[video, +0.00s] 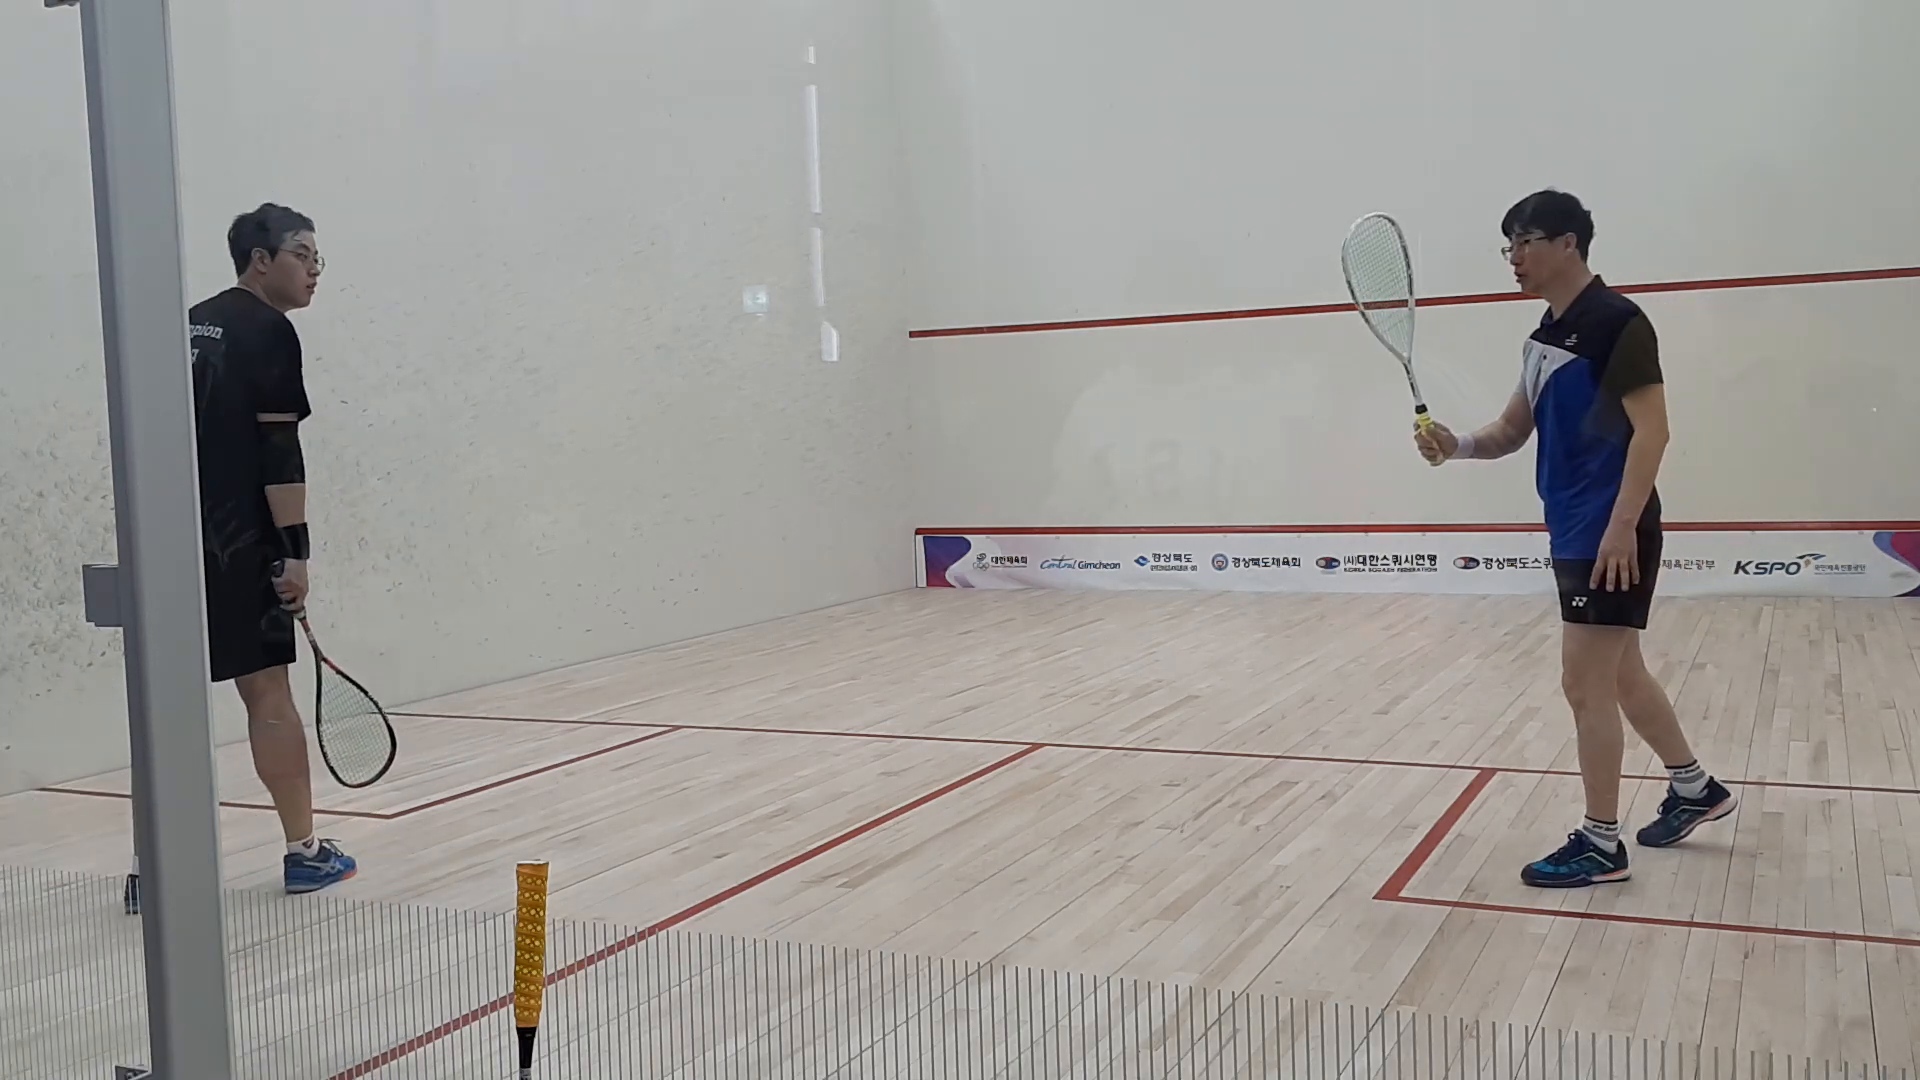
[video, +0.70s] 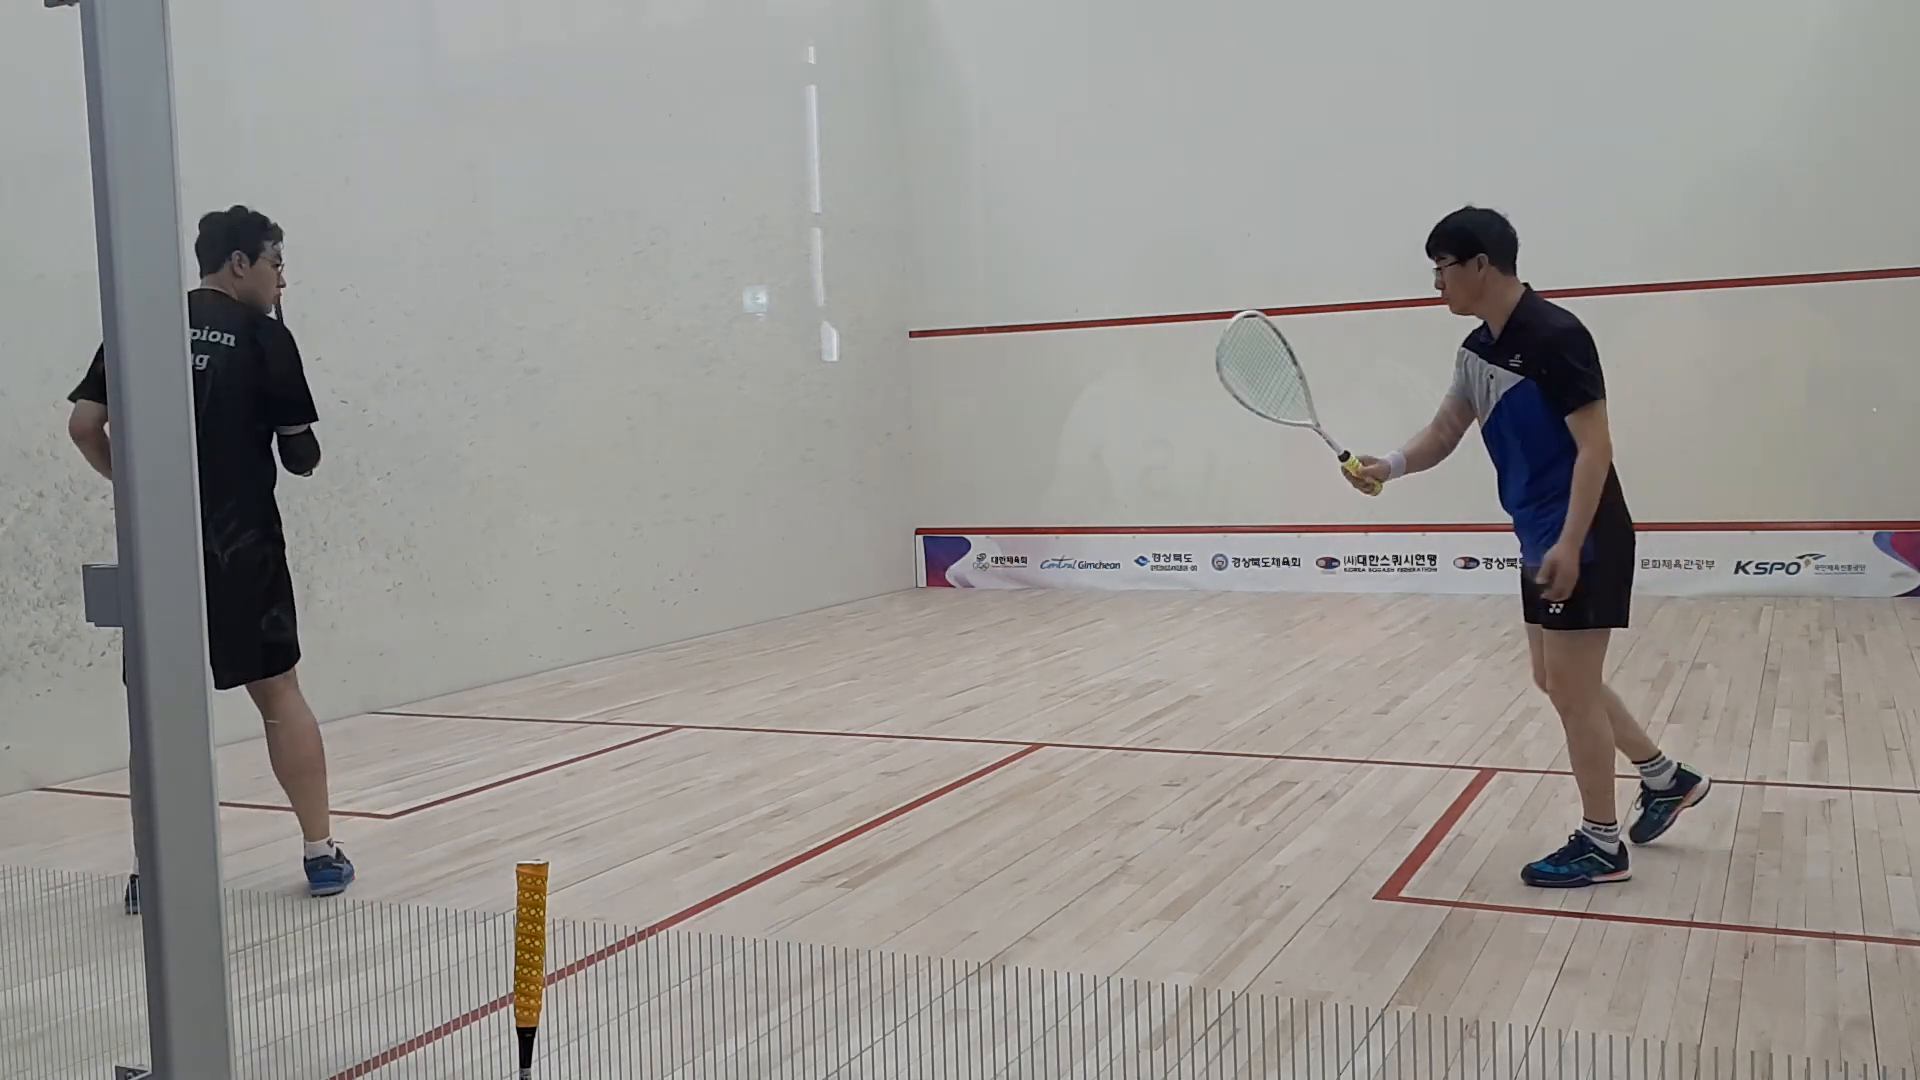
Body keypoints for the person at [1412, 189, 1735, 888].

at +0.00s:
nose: (1512, 259)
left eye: (1523, 245)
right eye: (1510, 247)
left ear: (1569, 245)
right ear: (1539, 253)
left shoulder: (1620, 323)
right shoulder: (1547, 334)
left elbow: (1653, 432)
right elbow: (1509, 431)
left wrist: (1623, 524)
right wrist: (1458, 444)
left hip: (1610, 533)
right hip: (1573, 533)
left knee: (1587, 684)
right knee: (1625, 676)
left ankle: (1602, 839)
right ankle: (1693, 783)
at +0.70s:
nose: (1437, 287)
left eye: (1444, 271)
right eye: (1436, 273)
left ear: (1482, 265)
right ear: (1480, 269)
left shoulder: (1557, 335)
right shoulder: (1477, 346)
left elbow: (1595, 450)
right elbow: (1445, 431)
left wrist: (1570, 544)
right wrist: (1392, 463)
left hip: (1586, 532)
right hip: (1539, 533)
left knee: (1573, 684)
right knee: (1554, 675)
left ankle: (1602, 839)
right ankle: (1663, 772)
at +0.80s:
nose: (1422, 291)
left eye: (1428, 276)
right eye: (1420, 277)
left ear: (1465, 269)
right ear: (1463, 271)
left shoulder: (1538, 340)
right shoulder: (1463, 350)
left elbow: (1550, 459)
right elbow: (1431, 435)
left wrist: (1496, 542)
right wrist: (1391, 461)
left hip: (1577, 543)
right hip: (1527, 542)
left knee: (1569, 689)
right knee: (1512, 673)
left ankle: (1601, 838)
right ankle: (1608, 788)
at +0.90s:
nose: (1404, 293)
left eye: (1410, 278)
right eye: (1402, 280)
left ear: (1448, 272)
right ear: (1444, 276)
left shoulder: (1520, 341)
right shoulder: (1444, 352)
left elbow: (1497, 460)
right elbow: (1411, 439)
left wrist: (1406, 512)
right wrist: (1377, 439)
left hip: (1565, 542)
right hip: (1512, 542)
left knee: (1563, 691)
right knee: (1465, 665)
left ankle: (1603, 838)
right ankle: (1508, 808)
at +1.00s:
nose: (1379, 296)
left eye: (1386, 281)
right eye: (1377, 283)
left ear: (1424, 275)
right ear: (1418, 279)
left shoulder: (1501, 341)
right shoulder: (1416, 352)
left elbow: (1458, 445)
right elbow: (1378, 437)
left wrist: (1358, 466)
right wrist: (1353, 400)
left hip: (1542, 546)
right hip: (1484, 545)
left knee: (1554, 692)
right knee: (1424, 659)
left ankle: (1601, 838)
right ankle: (1407, 805)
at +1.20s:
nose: (1315, 314)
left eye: (1319, 303)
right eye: (1313, 304)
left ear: (1350, 295)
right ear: (1351, 297)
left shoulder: (1433, 350)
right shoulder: (1348, 364)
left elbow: (1394, 431)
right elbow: (1301, 410)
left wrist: (1302, 446)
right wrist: (1311, 338)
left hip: (1468, 560)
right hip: (1409, 561)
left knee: (1509, 697)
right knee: (1343, 674)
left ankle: (1595, 833)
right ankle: (1301, 806)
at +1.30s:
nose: (1268, 335)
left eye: (1272, 322)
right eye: (1265, 325)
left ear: (1308, 314)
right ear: (1296, 318)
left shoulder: (1391, 367)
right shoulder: (1301, 378)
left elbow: (1360, 451)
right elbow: (1239, 440)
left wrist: (1267, 482)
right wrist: (1280, 386)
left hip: (1428, 571)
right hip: (1370, 571)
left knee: (1470, 706)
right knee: (1295, 667)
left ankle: (1582, 823)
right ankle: (1284, 809)